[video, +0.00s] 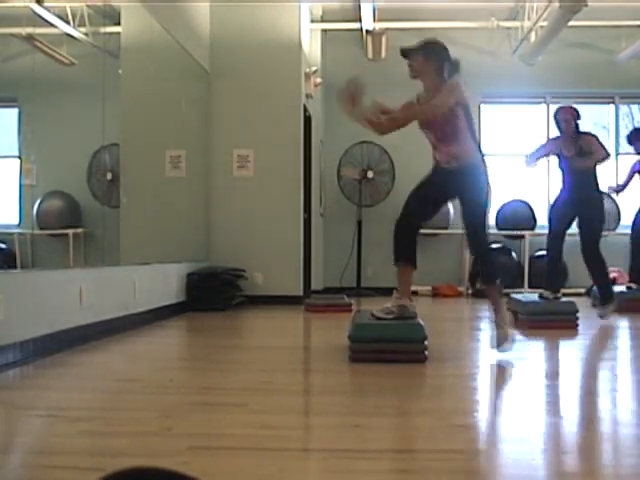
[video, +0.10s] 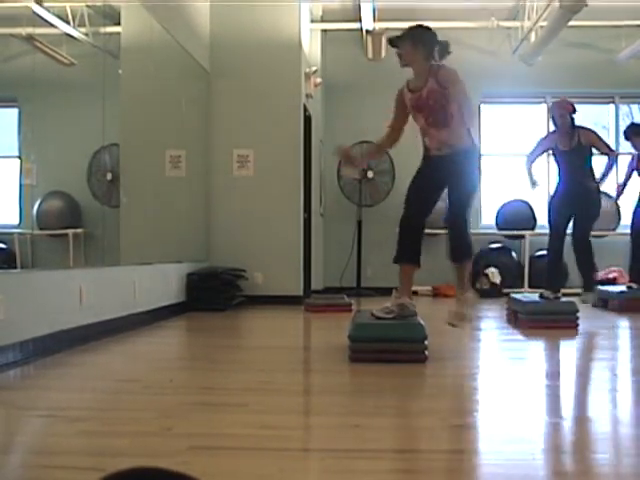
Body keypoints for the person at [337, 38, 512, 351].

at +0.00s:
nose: (410, 65)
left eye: (416, 61)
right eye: (411, 61)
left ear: (434, 64)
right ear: (422, 67)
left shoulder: (453, 90)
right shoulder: (417, 102)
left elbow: (431, 111)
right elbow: (385, 127)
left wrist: (392, 114)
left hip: (470, 172)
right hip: (441, 174)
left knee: (479, 244)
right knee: (406, 225)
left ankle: (500, 319)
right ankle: (402, 301)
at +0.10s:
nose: (398, 53)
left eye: (403, 47)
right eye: (398, 48)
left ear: (420, 49)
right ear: (409, 52)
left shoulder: (446, 75)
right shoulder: (406, 93)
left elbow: (467, 113)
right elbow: (393, 135)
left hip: (462, 157)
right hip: (432, 161)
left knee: (457, 222)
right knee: (411, 221)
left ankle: (463, 296)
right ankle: (403, 298)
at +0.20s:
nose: (387, 56)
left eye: (391, 50)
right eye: (387, 50)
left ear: (410, 50)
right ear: (401, 53)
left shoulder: (438, 76)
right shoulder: (401, 91)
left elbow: (484, 97)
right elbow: (411, 128)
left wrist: (509, 129)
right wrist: (406, 164)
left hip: (456, 157)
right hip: (425, 162)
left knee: (435, 205)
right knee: (405, 216)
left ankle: (438, 286)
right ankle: (403, 296)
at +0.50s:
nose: (393, 62)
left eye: (396, 55)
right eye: (392, 56)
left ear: (414, 53)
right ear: (408, 56)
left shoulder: (445, 78)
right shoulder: (412, 93)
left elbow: (480, 110)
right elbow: (415, 136)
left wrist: (486, 150)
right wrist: (404, 172)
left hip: (464, 158)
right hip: (435, 162)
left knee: (461, 225)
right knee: (413, 221)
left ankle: (468, 300)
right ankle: (405, 299)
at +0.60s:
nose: (408, 65)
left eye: (411, 58)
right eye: (408, 59)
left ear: (427, 55)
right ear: (423, 57)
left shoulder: (455, 79)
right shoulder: (425, 97)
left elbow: (453, 112)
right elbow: (399, 131)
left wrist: (424, 130)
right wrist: (362, 140)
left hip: (479, 161)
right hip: (451, 166)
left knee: (487, 227)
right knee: (425, 223)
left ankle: (516, 298)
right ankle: (404, 299)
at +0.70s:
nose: (426, 85)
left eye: (428, 79)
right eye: (424, 81)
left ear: (445, 73)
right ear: (439, 75)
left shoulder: (468, 93)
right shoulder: (438, 107)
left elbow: (432, 100)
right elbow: (402, 117)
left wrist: (383, 91)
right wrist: (363, 106)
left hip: (496, 178)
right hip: (470, 182)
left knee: (513, 239)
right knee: (430, 228)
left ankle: (551, 309)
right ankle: (404, 301)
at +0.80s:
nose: (444, 101)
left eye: (447, 96)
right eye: (443, 97)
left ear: (463, 92)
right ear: (456, 98)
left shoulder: (484, 115)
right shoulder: (461, 125)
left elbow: (441, 103)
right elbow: (425, 123)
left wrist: (405, 80)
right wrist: (399, 96)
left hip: (518, 200)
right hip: (493, 203)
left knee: (538, 266)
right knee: (444, 237)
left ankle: (571, 331)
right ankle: (405, 302)